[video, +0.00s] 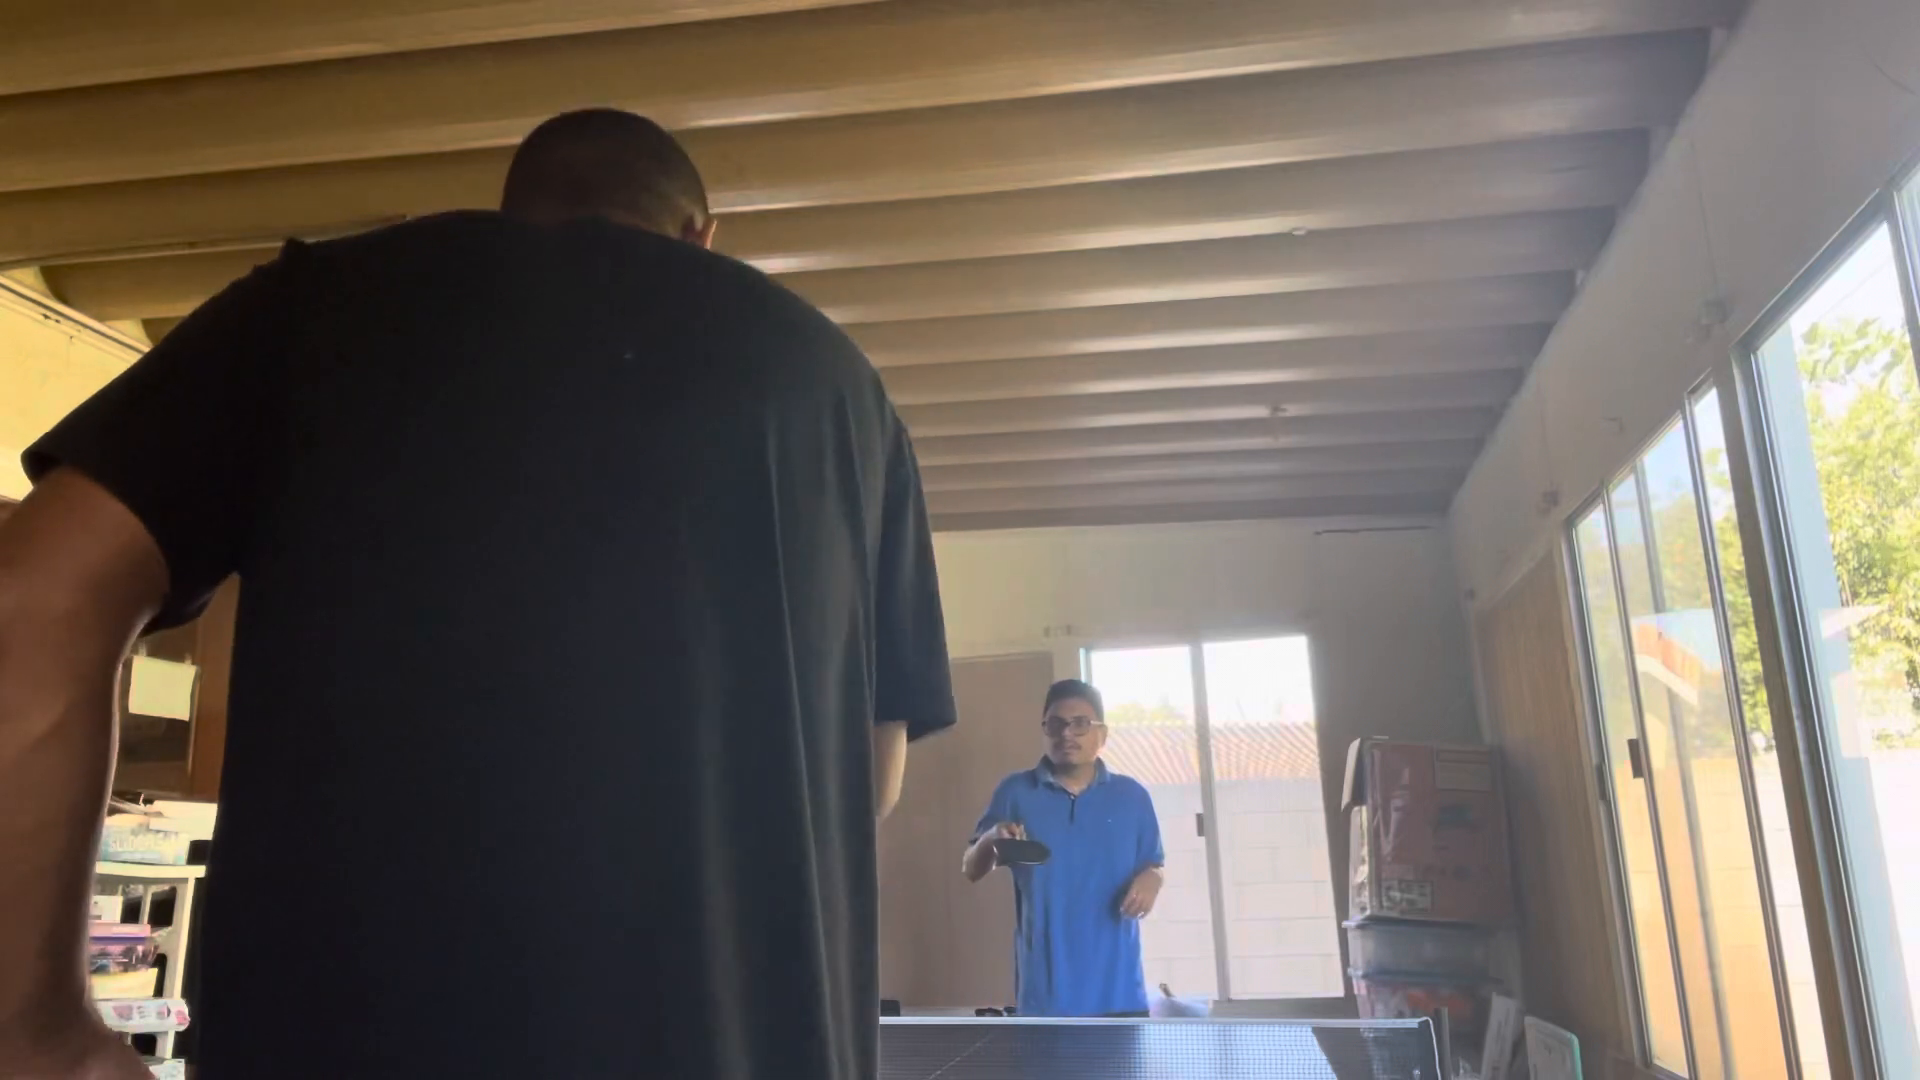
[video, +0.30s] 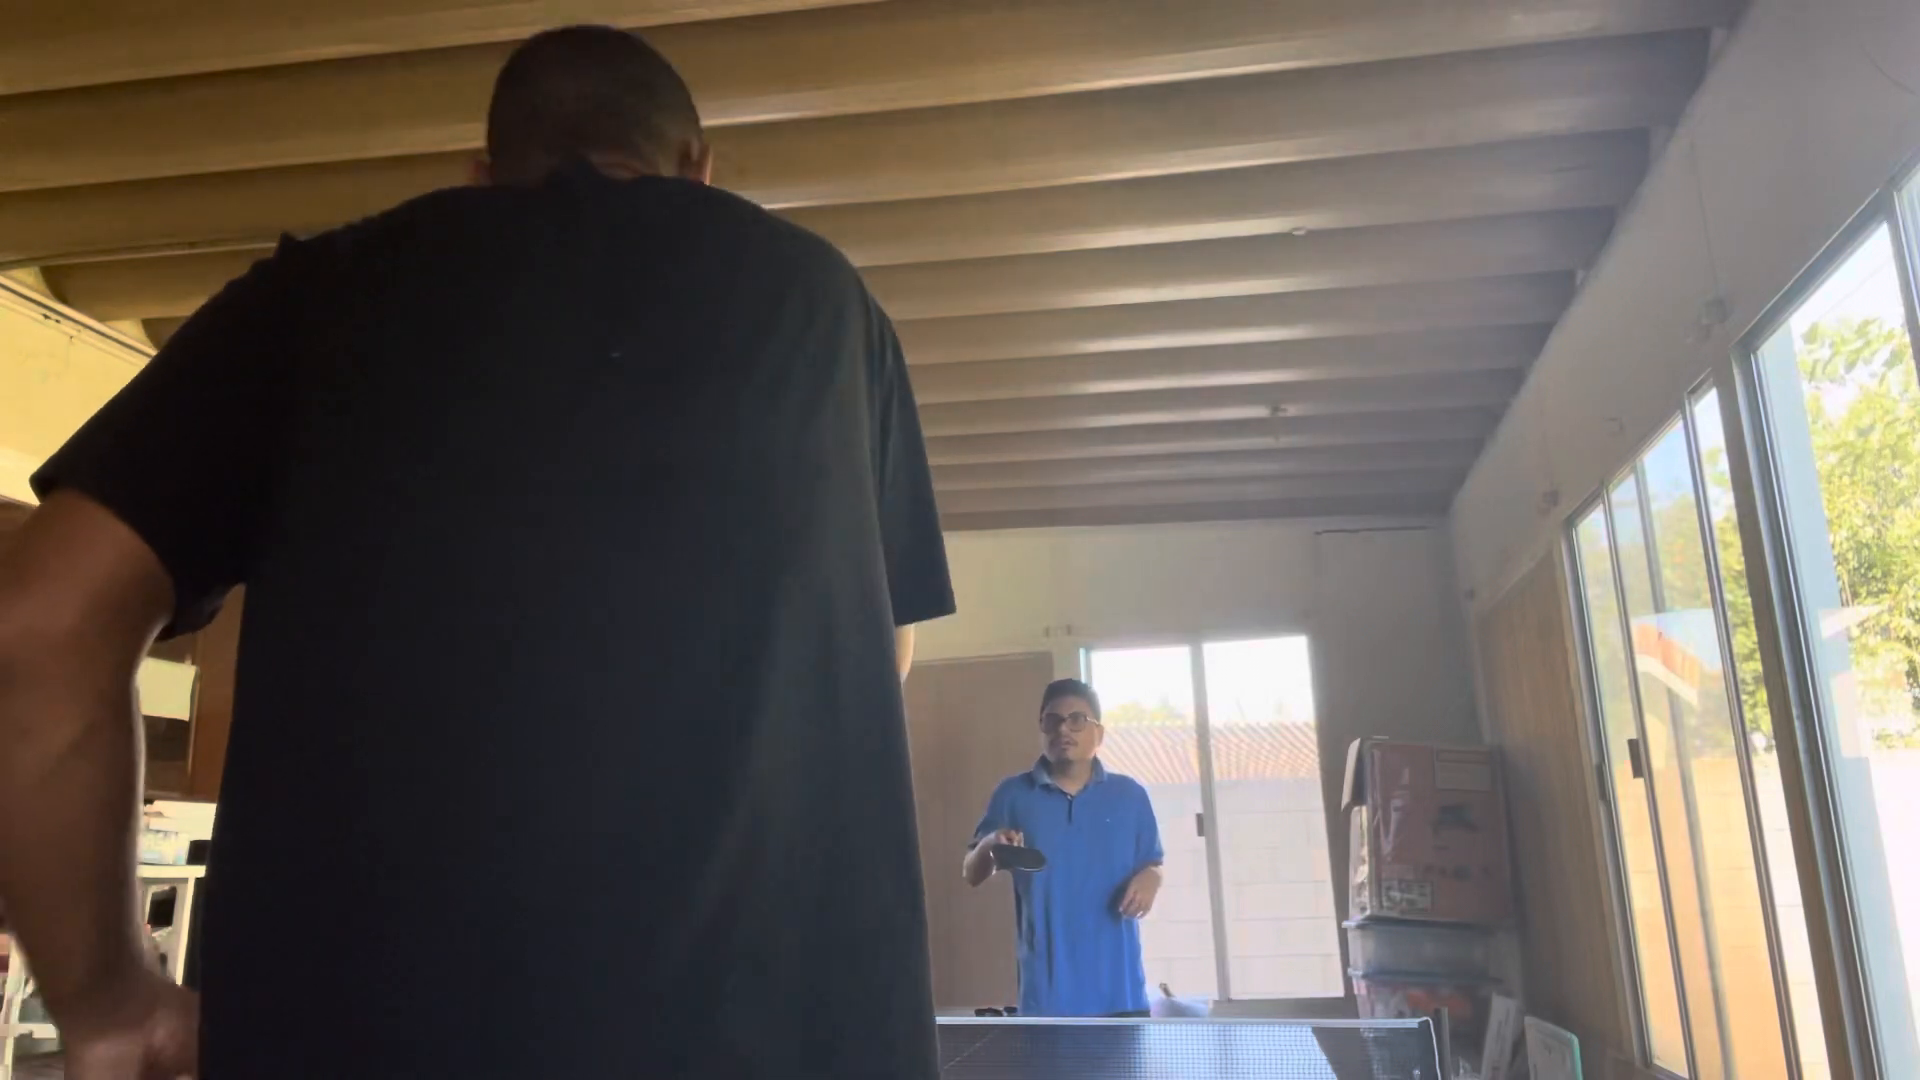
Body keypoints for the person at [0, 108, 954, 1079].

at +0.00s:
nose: (720, 258)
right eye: (714, 238)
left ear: (501, 211)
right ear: (695, 229)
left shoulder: (324, 291)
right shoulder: (831, 367)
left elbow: (46, 584)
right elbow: (875, 773)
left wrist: (41, 1017)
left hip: (331, 1031)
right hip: (736, 1043)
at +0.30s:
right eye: (716, 168)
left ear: (480, 166)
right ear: (699, 167)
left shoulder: (317, 288)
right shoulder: (818, 291)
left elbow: (46, 619)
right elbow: (877, 678)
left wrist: (103, 995)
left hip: (349, 1037)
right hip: (780, 1041)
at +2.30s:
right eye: (684, 178)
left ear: (458, 177)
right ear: (673, 176)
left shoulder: (295, 323)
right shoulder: (821, 329)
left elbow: (70, 677)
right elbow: (941, 712)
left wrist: (20, 1042)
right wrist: (723, 784)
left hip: (342, 1029)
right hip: (725, 1034)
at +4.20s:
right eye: (710, 179)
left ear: (486, 176)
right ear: (697, 174)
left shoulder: (314, 321)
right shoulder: (851, 341)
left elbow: (70, 708)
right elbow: (940, 746)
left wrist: (34, 1055)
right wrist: (765, 902)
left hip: (360, 1032)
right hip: (746, 1039)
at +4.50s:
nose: (764, 257)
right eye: (766, 237)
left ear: (563, 217)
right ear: (751, 231)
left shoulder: (382, 310)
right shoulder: (893, 379)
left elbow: (107, 635)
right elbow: (949, 797)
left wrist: (38, 1043)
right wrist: (858, 968)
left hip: (388, 1034)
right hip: (785, 1043)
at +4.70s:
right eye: (785, 253)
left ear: (586, 231)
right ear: (771, 245)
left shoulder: (404, 324)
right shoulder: (899, 353)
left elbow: (142, 620)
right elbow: (1031, 681)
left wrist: (72, 1040)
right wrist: (870, 859)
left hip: (412, 1028)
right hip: (798, 1041)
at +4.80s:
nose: (786, 260)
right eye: (791, 246)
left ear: (592, 225)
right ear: (782, 246)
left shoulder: (409, 328)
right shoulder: (894, 333)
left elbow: (149, 642)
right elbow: (1072, 582)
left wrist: (104, 1048)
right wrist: (911, 789)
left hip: (429, 1025)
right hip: (824, 1030)